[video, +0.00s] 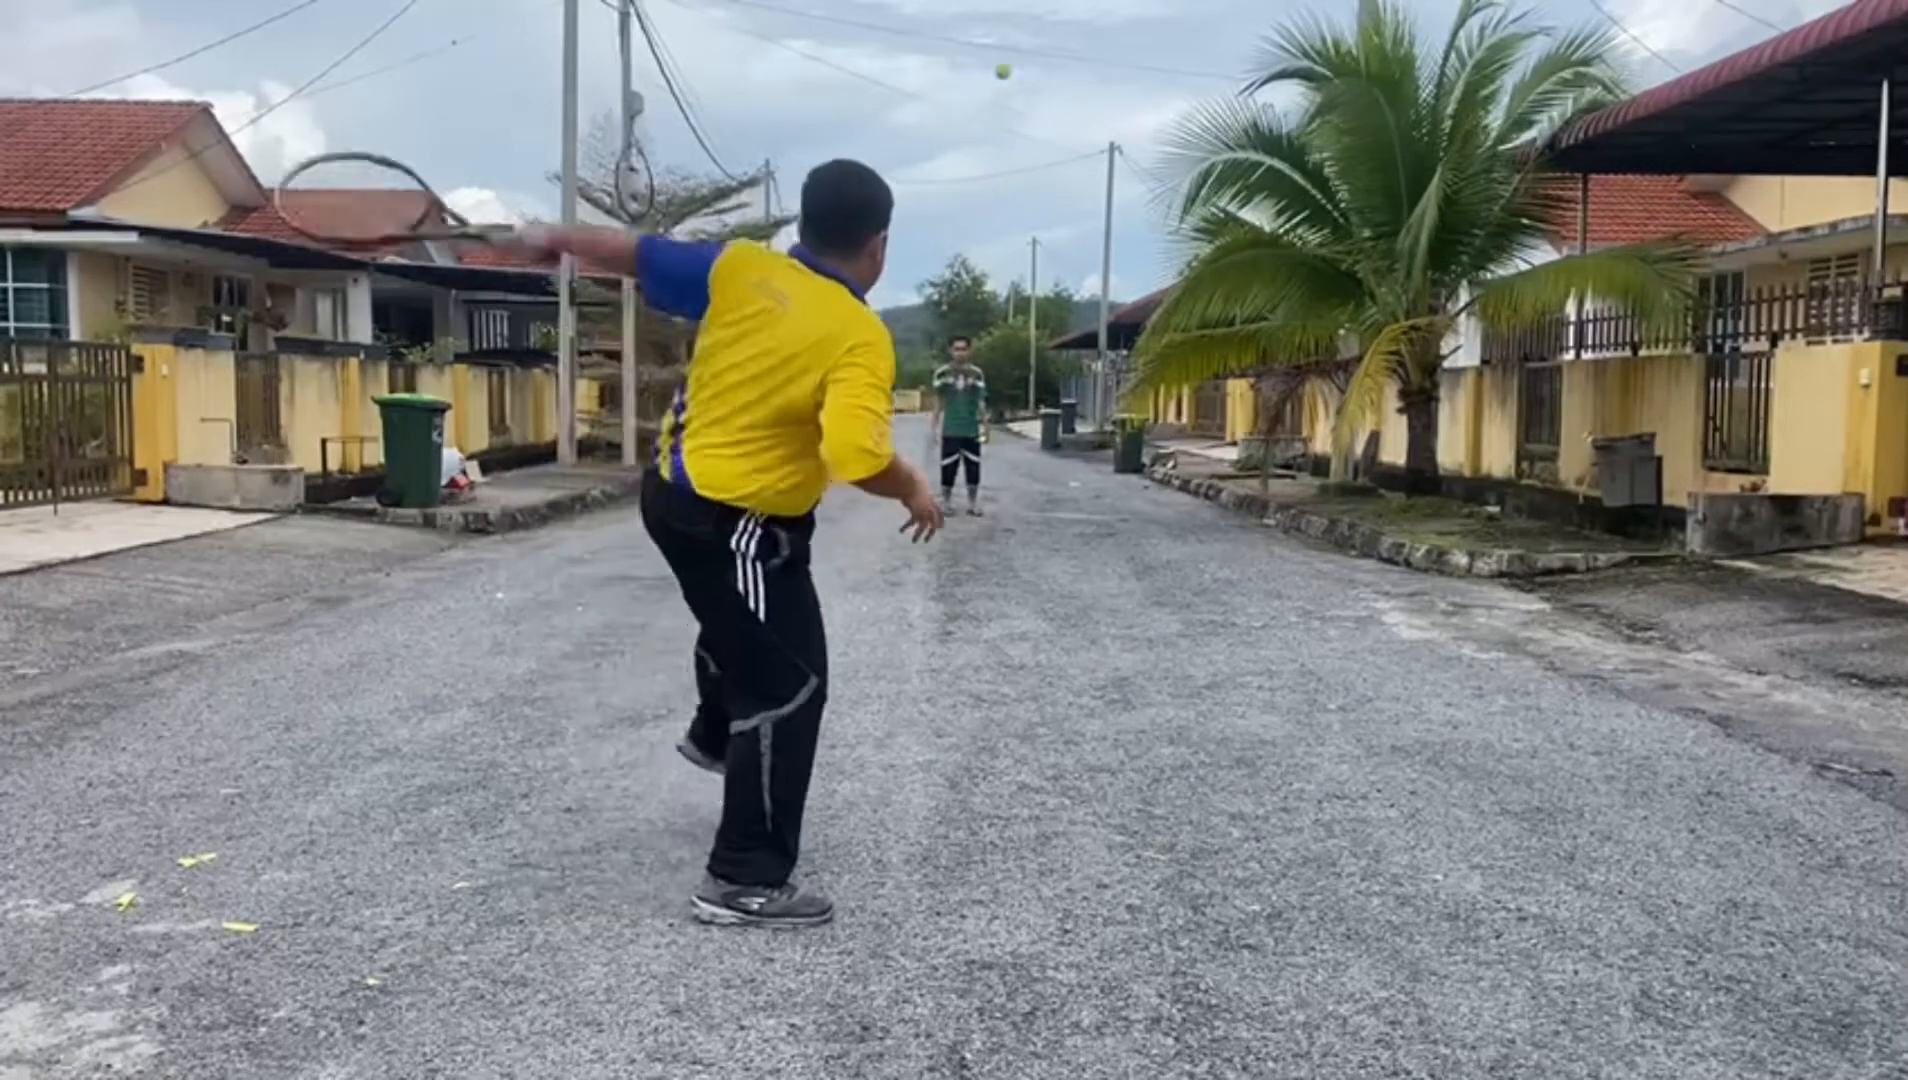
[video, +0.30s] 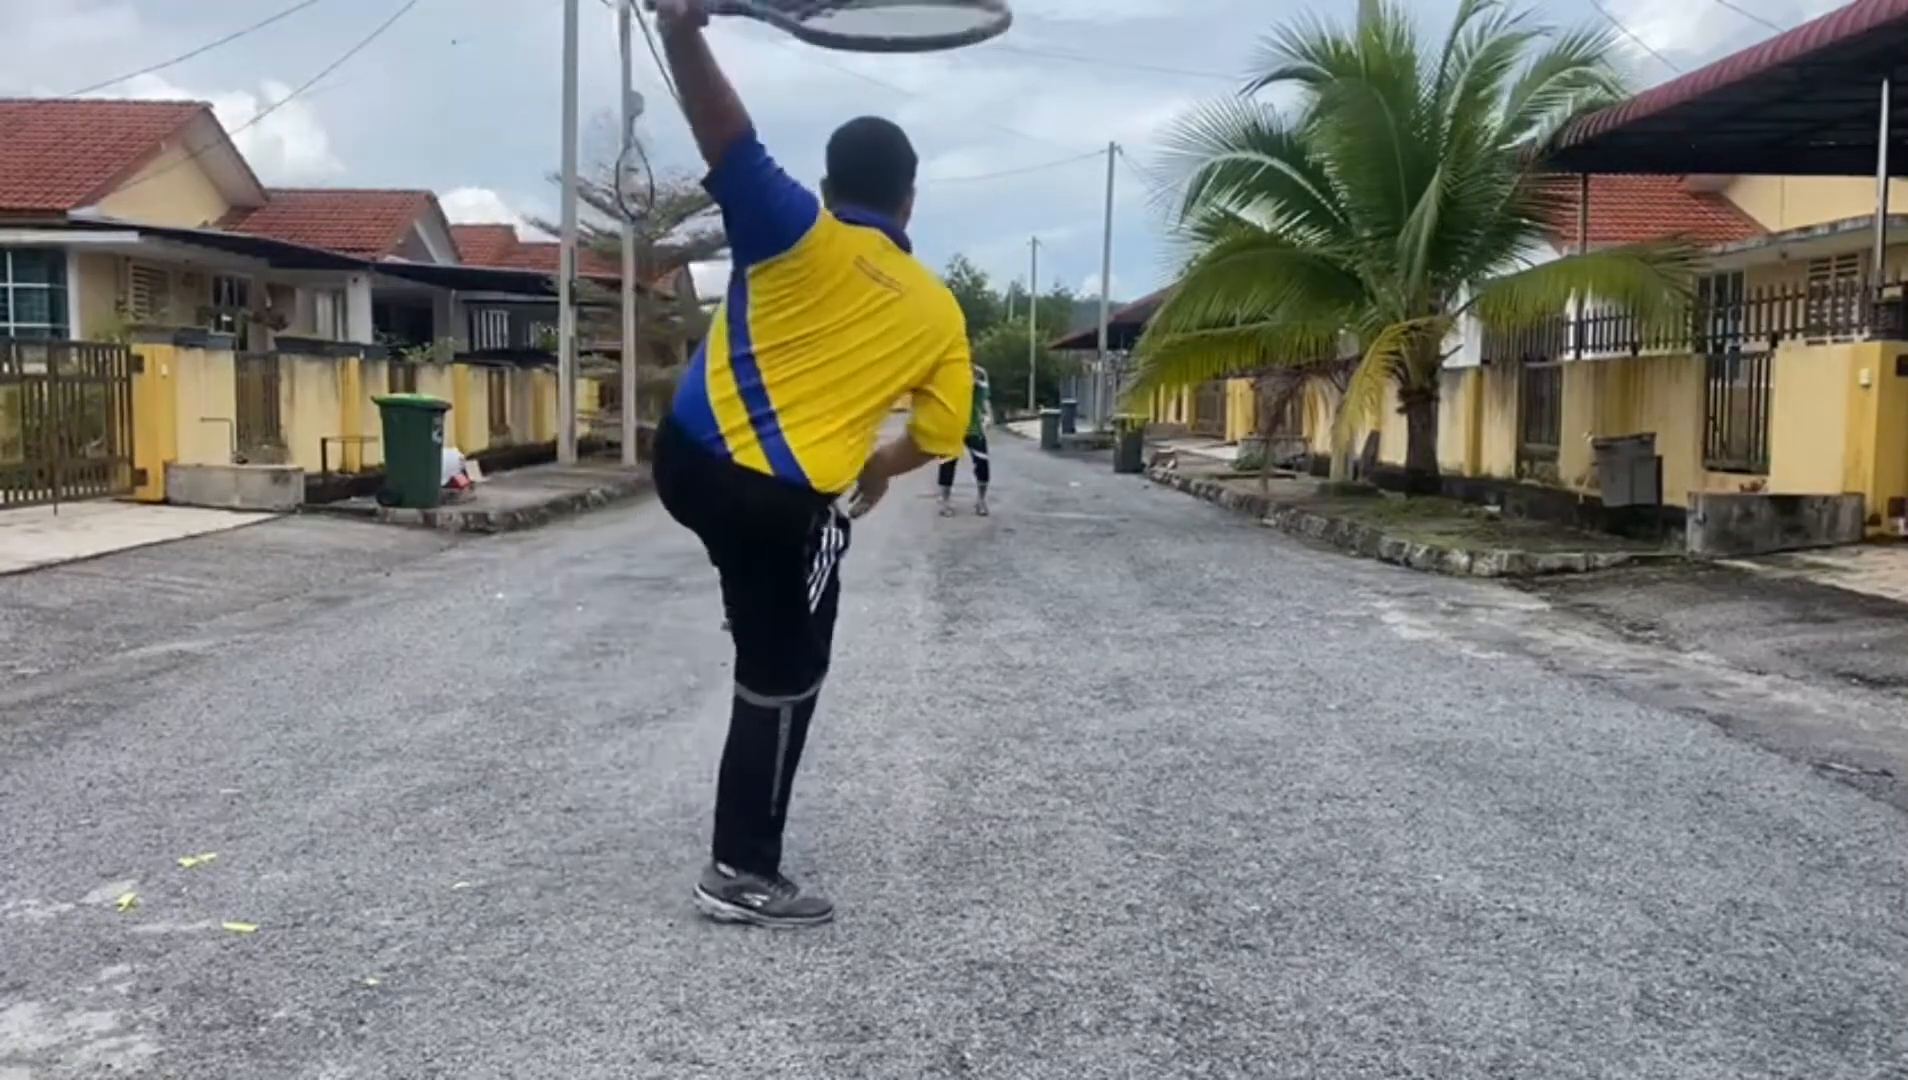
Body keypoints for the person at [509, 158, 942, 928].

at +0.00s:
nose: (886, 252)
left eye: (884, 238)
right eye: (886, 239)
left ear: (805, 228)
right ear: (875, 242)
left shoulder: (739, 266)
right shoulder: (858, 333)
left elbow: (634, 252)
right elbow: (856, 456)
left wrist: (555, 236)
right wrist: (913, 484)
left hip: (675, 496)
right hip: (749, 526)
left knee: (735, 617)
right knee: (785, 687)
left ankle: (715, 730)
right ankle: (747, 875)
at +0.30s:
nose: (911, 200)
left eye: (843, 177)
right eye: (911, 188)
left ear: (827, 182)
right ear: (910, 202)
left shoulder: (791, 226)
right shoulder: (939, 312)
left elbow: (727, 136)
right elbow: (938, 437)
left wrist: (680, 24)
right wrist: (881, 470)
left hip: (684, 462)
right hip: (778, 507)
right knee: (777, 675)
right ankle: (742, 870)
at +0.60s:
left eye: (879, 165)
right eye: (949, 172)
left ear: (871, 174)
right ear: (952, 187)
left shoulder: (831, 226)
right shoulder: (983, 308)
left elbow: (767, 114)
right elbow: (954, 434)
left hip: (744, 486)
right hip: (852, 523)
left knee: (684, 630)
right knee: (804, 706)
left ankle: (634, 774)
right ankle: (745, 870)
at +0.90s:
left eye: (894, 193)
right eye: (982, 200)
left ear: (895, 199)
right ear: (980, 211)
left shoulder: (851, 255)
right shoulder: (1015, 320)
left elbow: (784, 175)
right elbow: (1021, 459)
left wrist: (804, 103)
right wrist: (943, 432)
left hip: (827, 537)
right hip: (946, 551)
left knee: (820, 735)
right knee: (967, 692)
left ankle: (832, 934)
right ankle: (876, 829)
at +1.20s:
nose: (1013, 214)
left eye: (1013, 203)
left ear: (1014, 208)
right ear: (1100, 211)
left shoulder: (978, 286)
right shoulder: (1144, 310)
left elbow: (883, 395)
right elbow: (1167, 449)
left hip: (1006, 537)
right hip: (1120, 538)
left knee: (931, 732)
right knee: (1129, 727)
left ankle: (857, 933)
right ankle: (1173, 922)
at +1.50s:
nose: (1039, 197)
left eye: (1039, 187)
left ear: (1045, 189)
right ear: (1127, 193)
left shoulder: (1032, 257)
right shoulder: (1183, 281)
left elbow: (991, 344)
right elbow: (1276, 373)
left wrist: (939, 421)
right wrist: (1359, 434)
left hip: (1053, 500)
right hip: (1162, 503)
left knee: (988, 683)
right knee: (1146, 702)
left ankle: (1016, 884)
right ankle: (1174, 920)